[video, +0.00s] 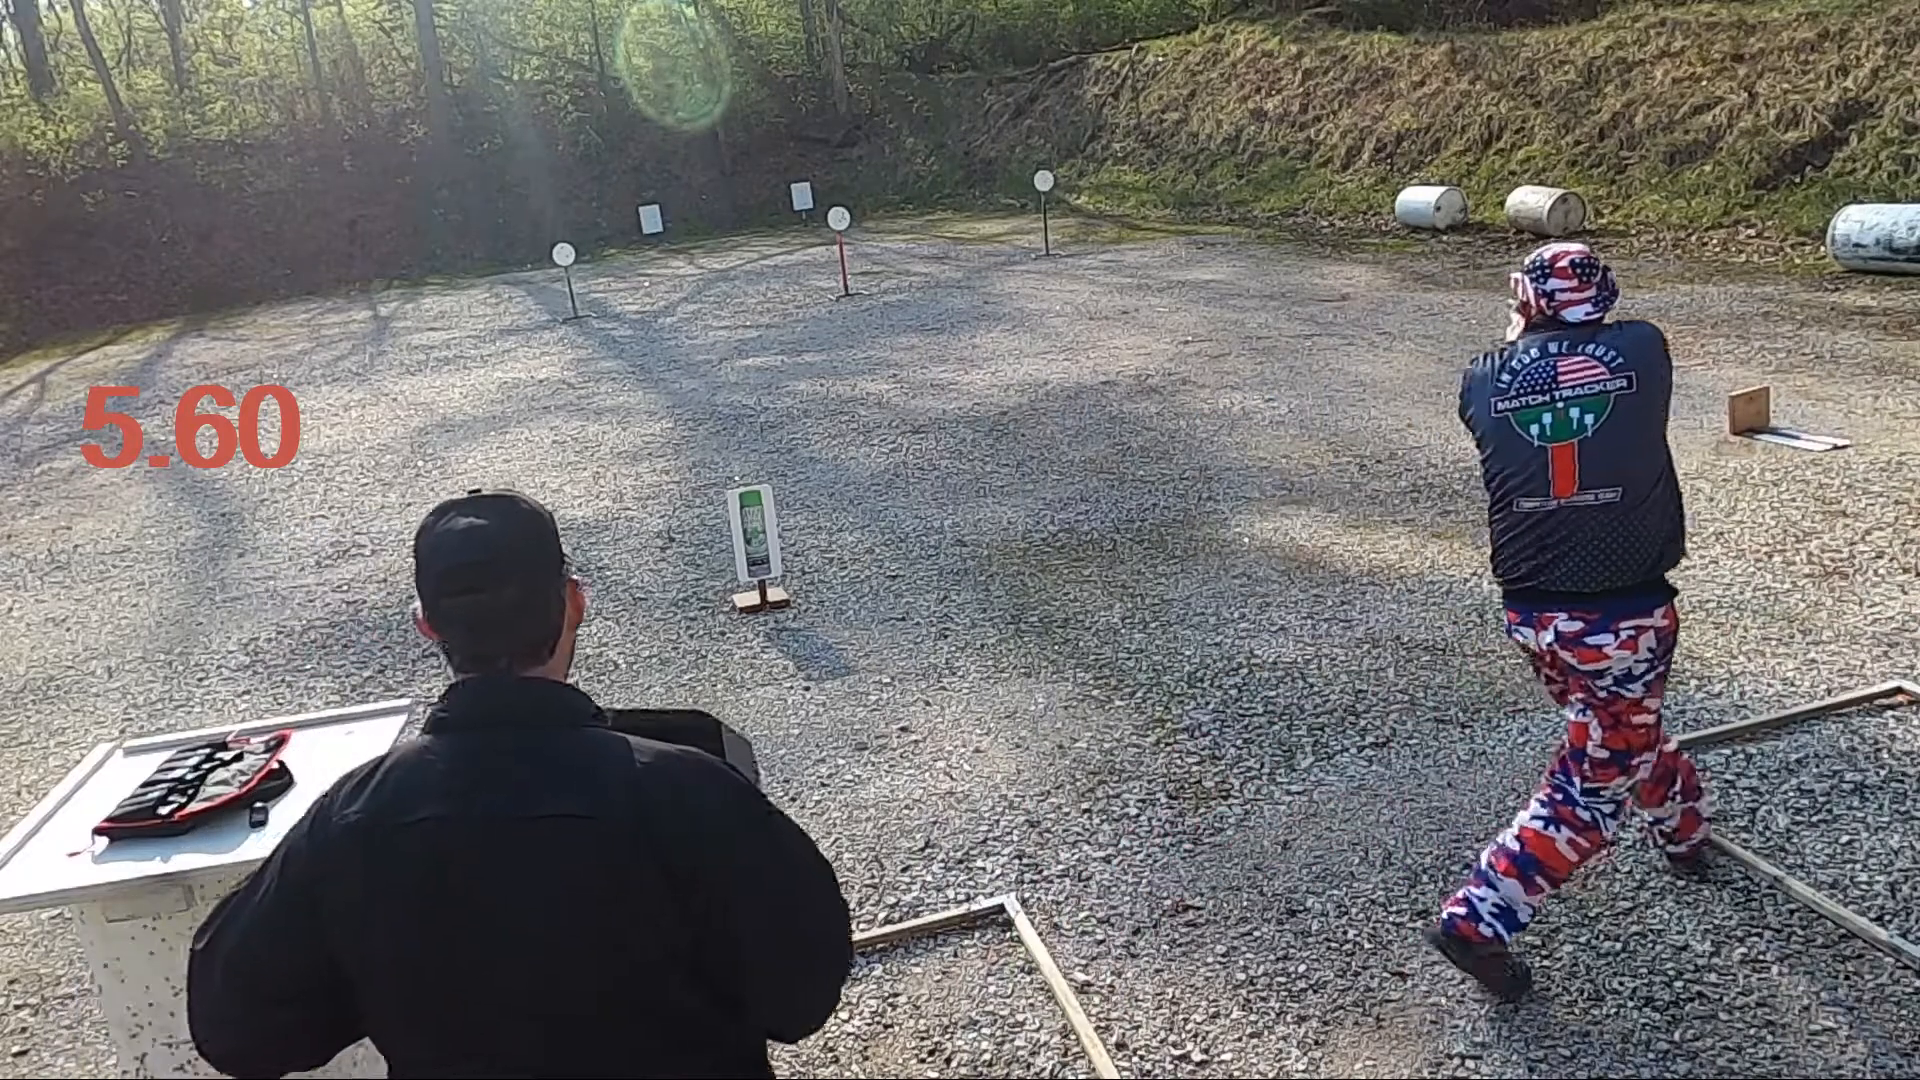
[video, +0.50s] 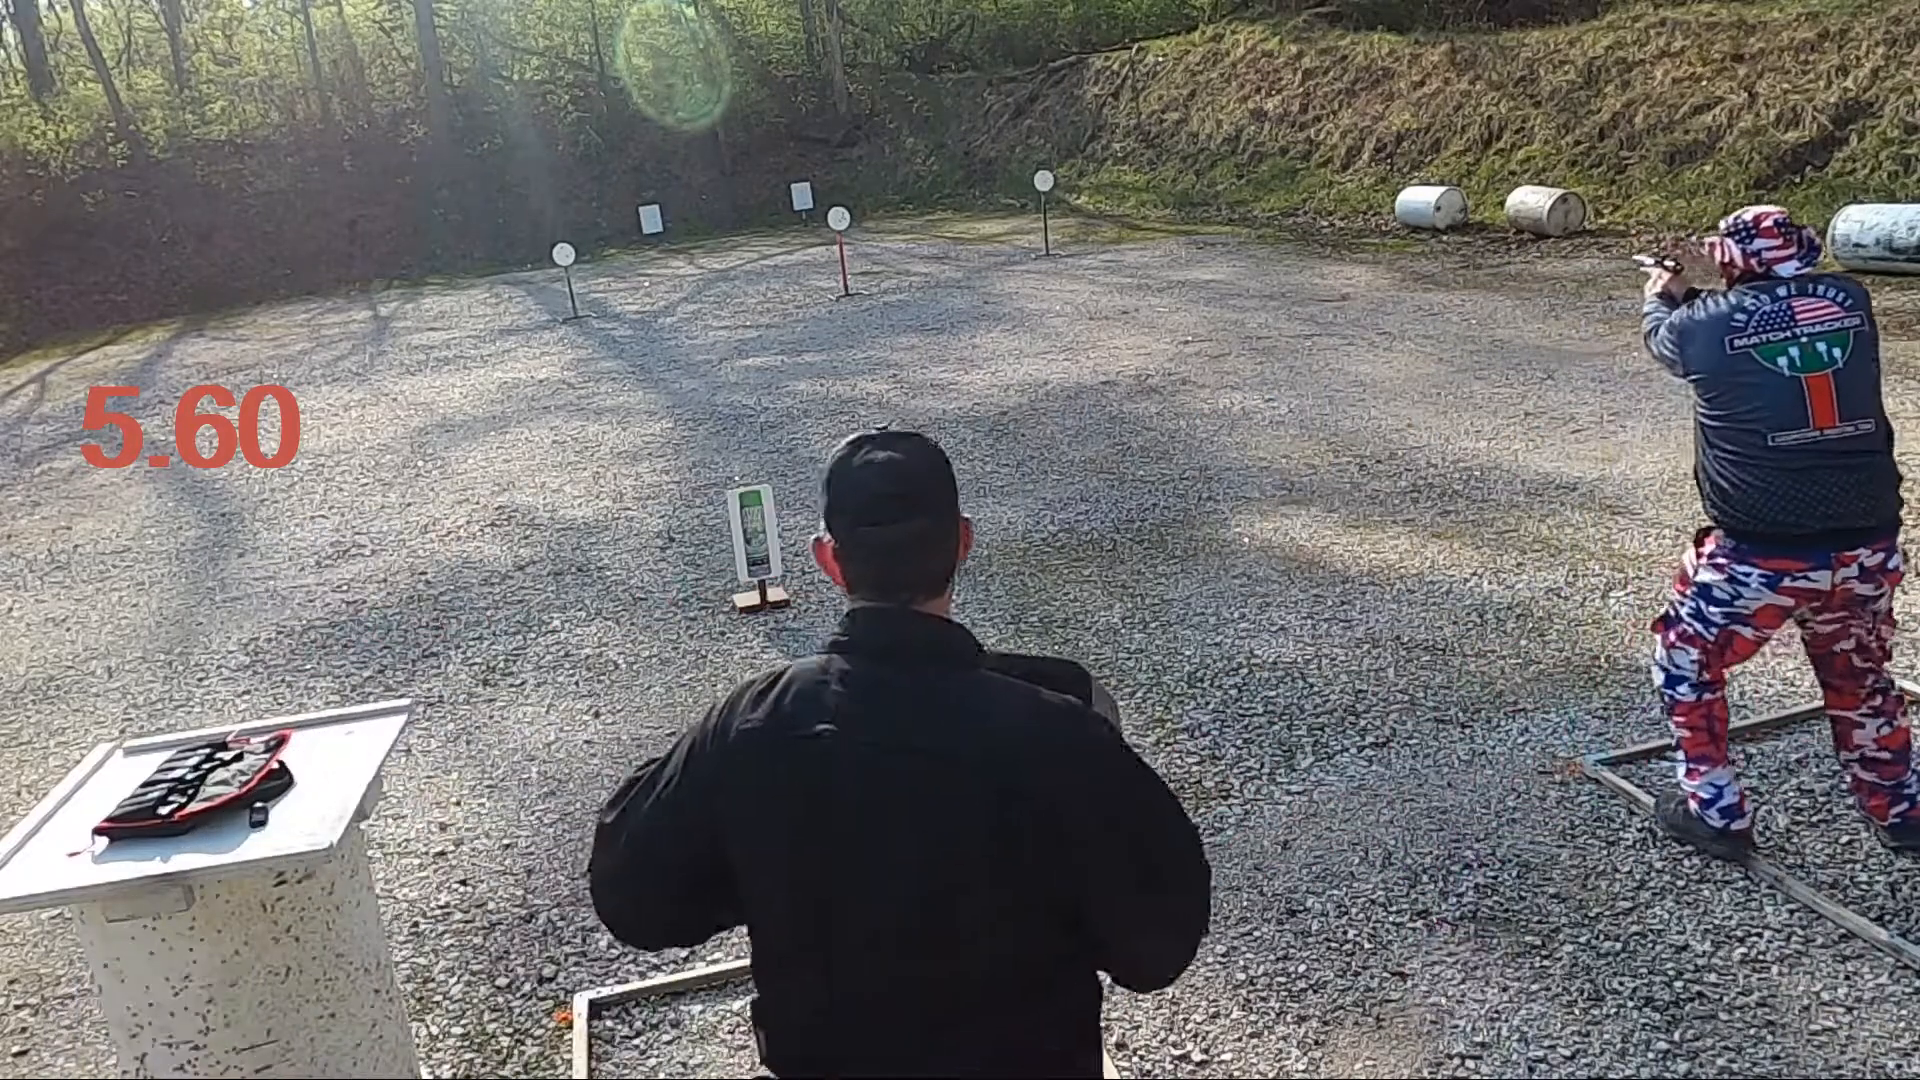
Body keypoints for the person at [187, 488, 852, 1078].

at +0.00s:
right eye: (575, 588)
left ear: (427, 631)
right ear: (575, 607)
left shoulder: (350, 828)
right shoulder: (688, 798)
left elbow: (230, 1030)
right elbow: (804, 994)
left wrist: (390, 937)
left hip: (453, 1069)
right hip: (682, 1067)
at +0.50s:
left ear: (829, 560)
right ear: (963, 545)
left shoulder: (751, 731)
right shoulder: (1054, 736)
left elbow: (631, 901)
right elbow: (1159, 946)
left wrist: (780, 839)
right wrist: (1088, 751)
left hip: (821, 1063)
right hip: (1028, 1063)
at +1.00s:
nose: (1245, 497)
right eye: (1244, 481)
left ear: (1122, 507)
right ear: (1237, 501)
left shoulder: (1055, 654)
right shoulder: (1309, 687)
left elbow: (963, 781)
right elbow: (1410, 876)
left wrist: (1093, 768)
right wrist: (1360, 714)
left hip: (1117, 1009)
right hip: (1268, 1038)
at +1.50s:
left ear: (1389, 448)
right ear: (1511, 440)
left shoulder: (1313, 589)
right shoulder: (1575, 600)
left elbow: (1206, 729)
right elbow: (1677, 785)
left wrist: (1328, 701)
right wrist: (1568, 751)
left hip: (1359, 955)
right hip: (1531, 972)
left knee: (1365, 1066)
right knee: (1594, 1066)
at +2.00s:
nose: (1509, 409)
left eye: (1509, 399)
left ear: (1518, 418)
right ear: (1632, 405)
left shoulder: (1449, 560)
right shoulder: (1727, 561)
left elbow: (1348, 704)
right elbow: (1800, 721)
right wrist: (1699, 682)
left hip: (1516, 914)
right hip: (1675, 917)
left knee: (1561, 1070)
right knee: (1679, 1068)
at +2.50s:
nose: (1543, 391)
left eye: (1543, 381)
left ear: (1553, 397)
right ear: (1661, 384)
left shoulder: (1493, 537)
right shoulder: (1756, 531)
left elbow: (1391, 687)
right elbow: (1829, 681)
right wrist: (1723, 673)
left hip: (1556, 878)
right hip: (1719, 876)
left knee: (1590, 1071)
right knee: (1771, 1065)